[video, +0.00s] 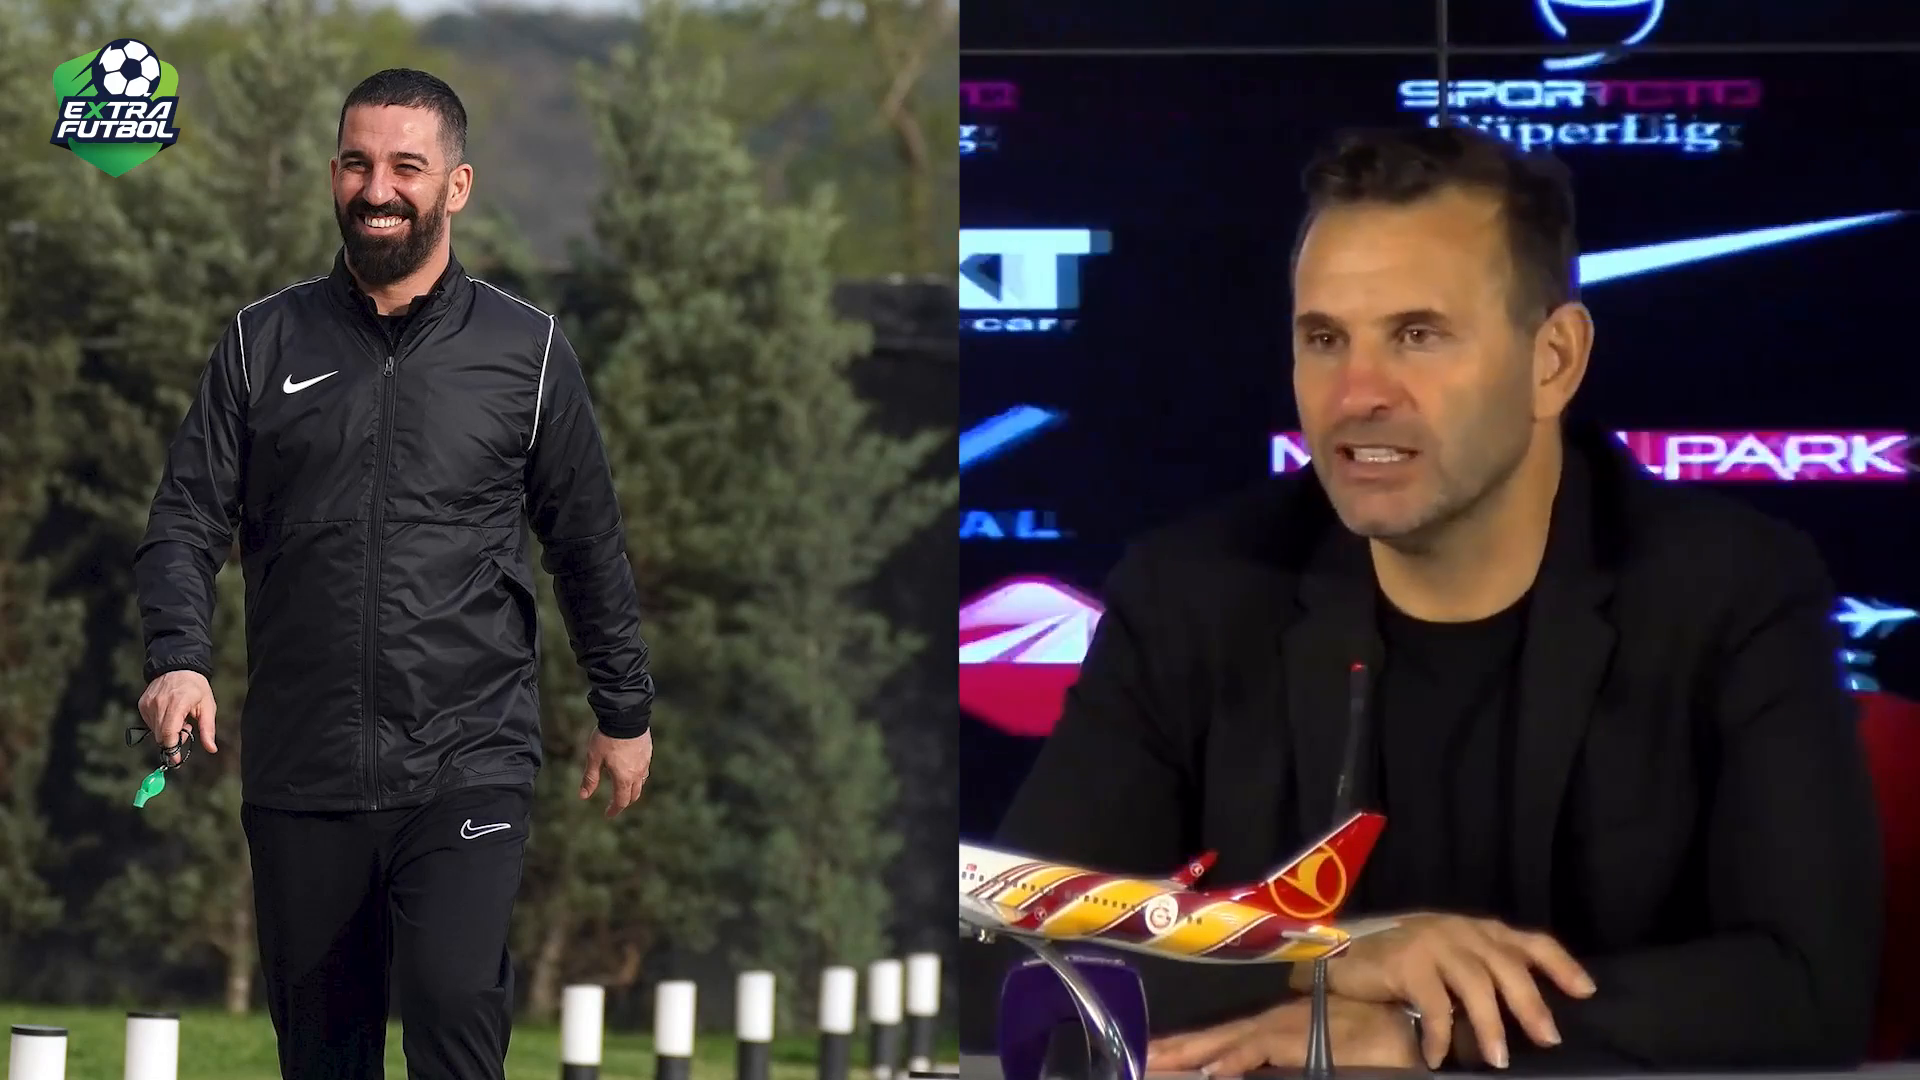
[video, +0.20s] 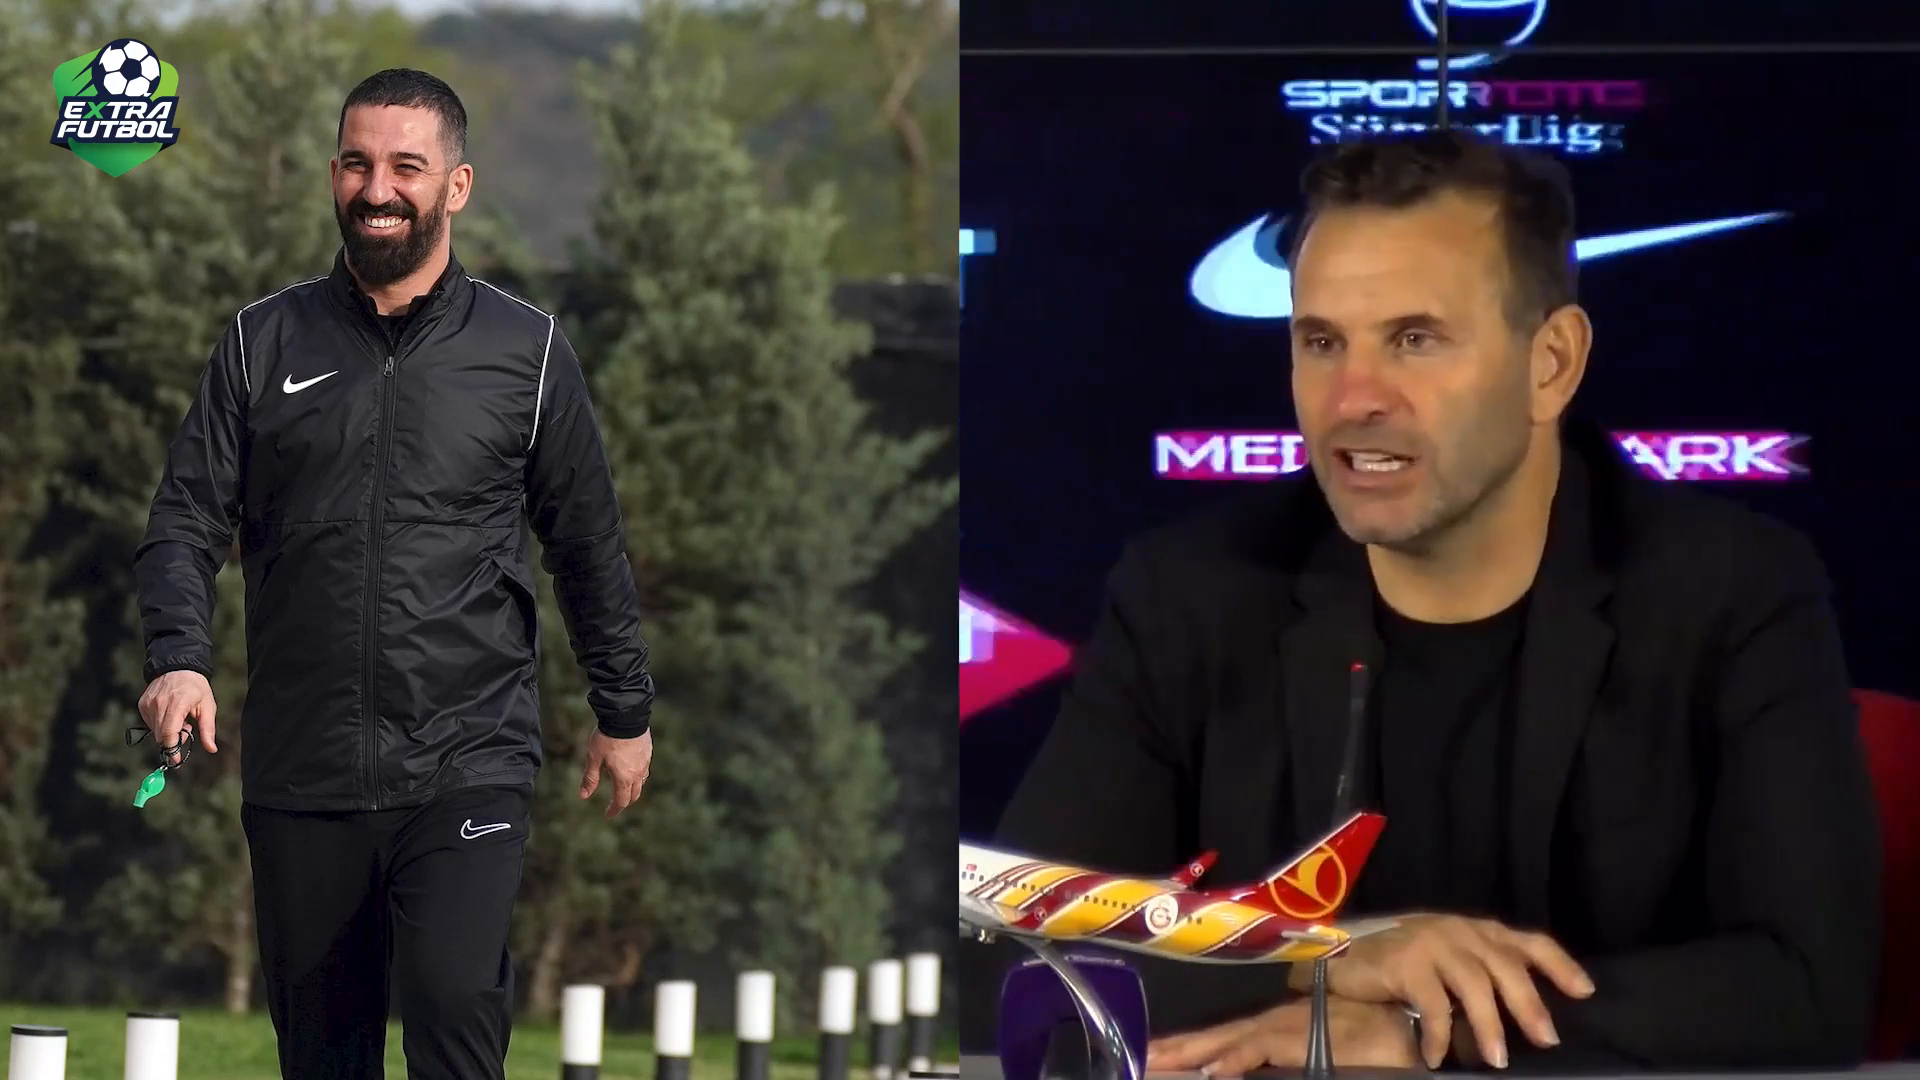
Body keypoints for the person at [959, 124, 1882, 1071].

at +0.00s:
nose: (1356, 393)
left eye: (1418, 336)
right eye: (1325, 339)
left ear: (1555, 360)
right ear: (1293, 357)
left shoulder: (1734, 593)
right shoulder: (1193, 593)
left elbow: (1807, 990)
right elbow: (1026, 967)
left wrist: (1425, 1033)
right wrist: (1324, 962)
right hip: (1245, 1076)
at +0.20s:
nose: (1351, 397)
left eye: (1415, 339)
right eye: (1322, 341)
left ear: (1553, 362)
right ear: (1291, 354)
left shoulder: (1735, 596)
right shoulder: (1191, 592)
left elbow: (1805, 990)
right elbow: (1028, 954)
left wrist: (1423, 1034)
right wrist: (1323, 959)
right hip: (1243, 1075)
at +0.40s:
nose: (1345, 403)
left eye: (1406, 344)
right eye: (1314, 347)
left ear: (1547, 362)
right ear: (1286, 356)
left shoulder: (1733, 597)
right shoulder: (1187, 594)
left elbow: (1805, 990)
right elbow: (1027, 947)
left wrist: (1422, 1035)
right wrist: (1329, 959)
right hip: (1242, 1075)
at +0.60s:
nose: (1338, 401)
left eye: (1400, 344)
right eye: (1308, 348)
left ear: (1540, 362)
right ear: (1279, 357)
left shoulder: (1724, 598)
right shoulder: (1186, 593)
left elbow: (1807, 990)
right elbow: (1022, 960)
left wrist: (1421, 1034)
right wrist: (1324, 964)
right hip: (1244, 1077)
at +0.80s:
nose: (1338, 403)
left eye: (1399, 345)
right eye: (1308, 351)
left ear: (1538, 361)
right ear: (1277, 363)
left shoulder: (1726, 595)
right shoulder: (1189, 592)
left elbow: (1808, 988)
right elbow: (1019, 948)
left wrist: (1427, 1034)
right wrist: (1322, 964)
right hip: (1246, 1077)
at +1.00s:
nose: (1329, 406)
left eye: (1392, 346)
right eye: (1301, 352)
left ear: (1535, 361)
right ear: (1272, 362)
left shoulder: (1727, 596)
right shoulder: (1184, 593)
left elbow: (1808, 990)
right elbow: (1027, 954)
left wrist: (1426, 1033)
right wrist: (1326, 963)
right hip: (1245, 1076)